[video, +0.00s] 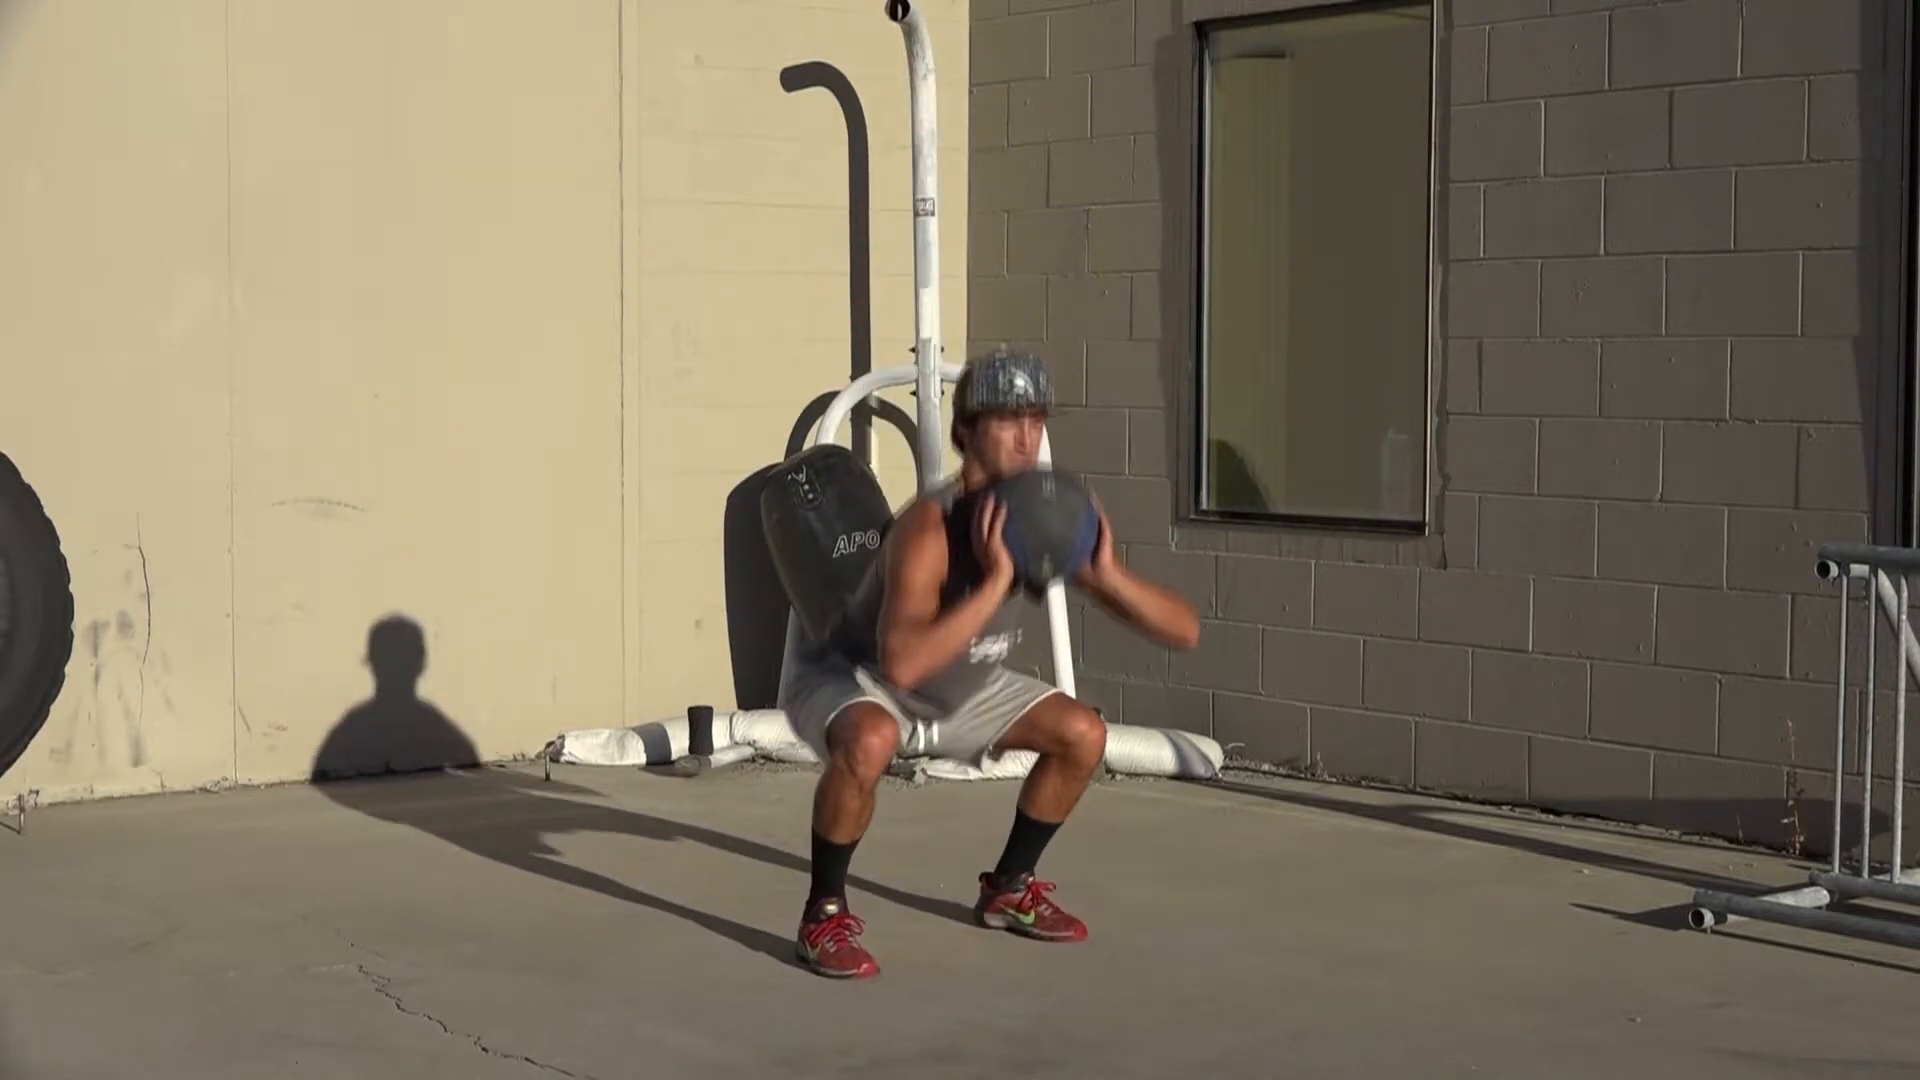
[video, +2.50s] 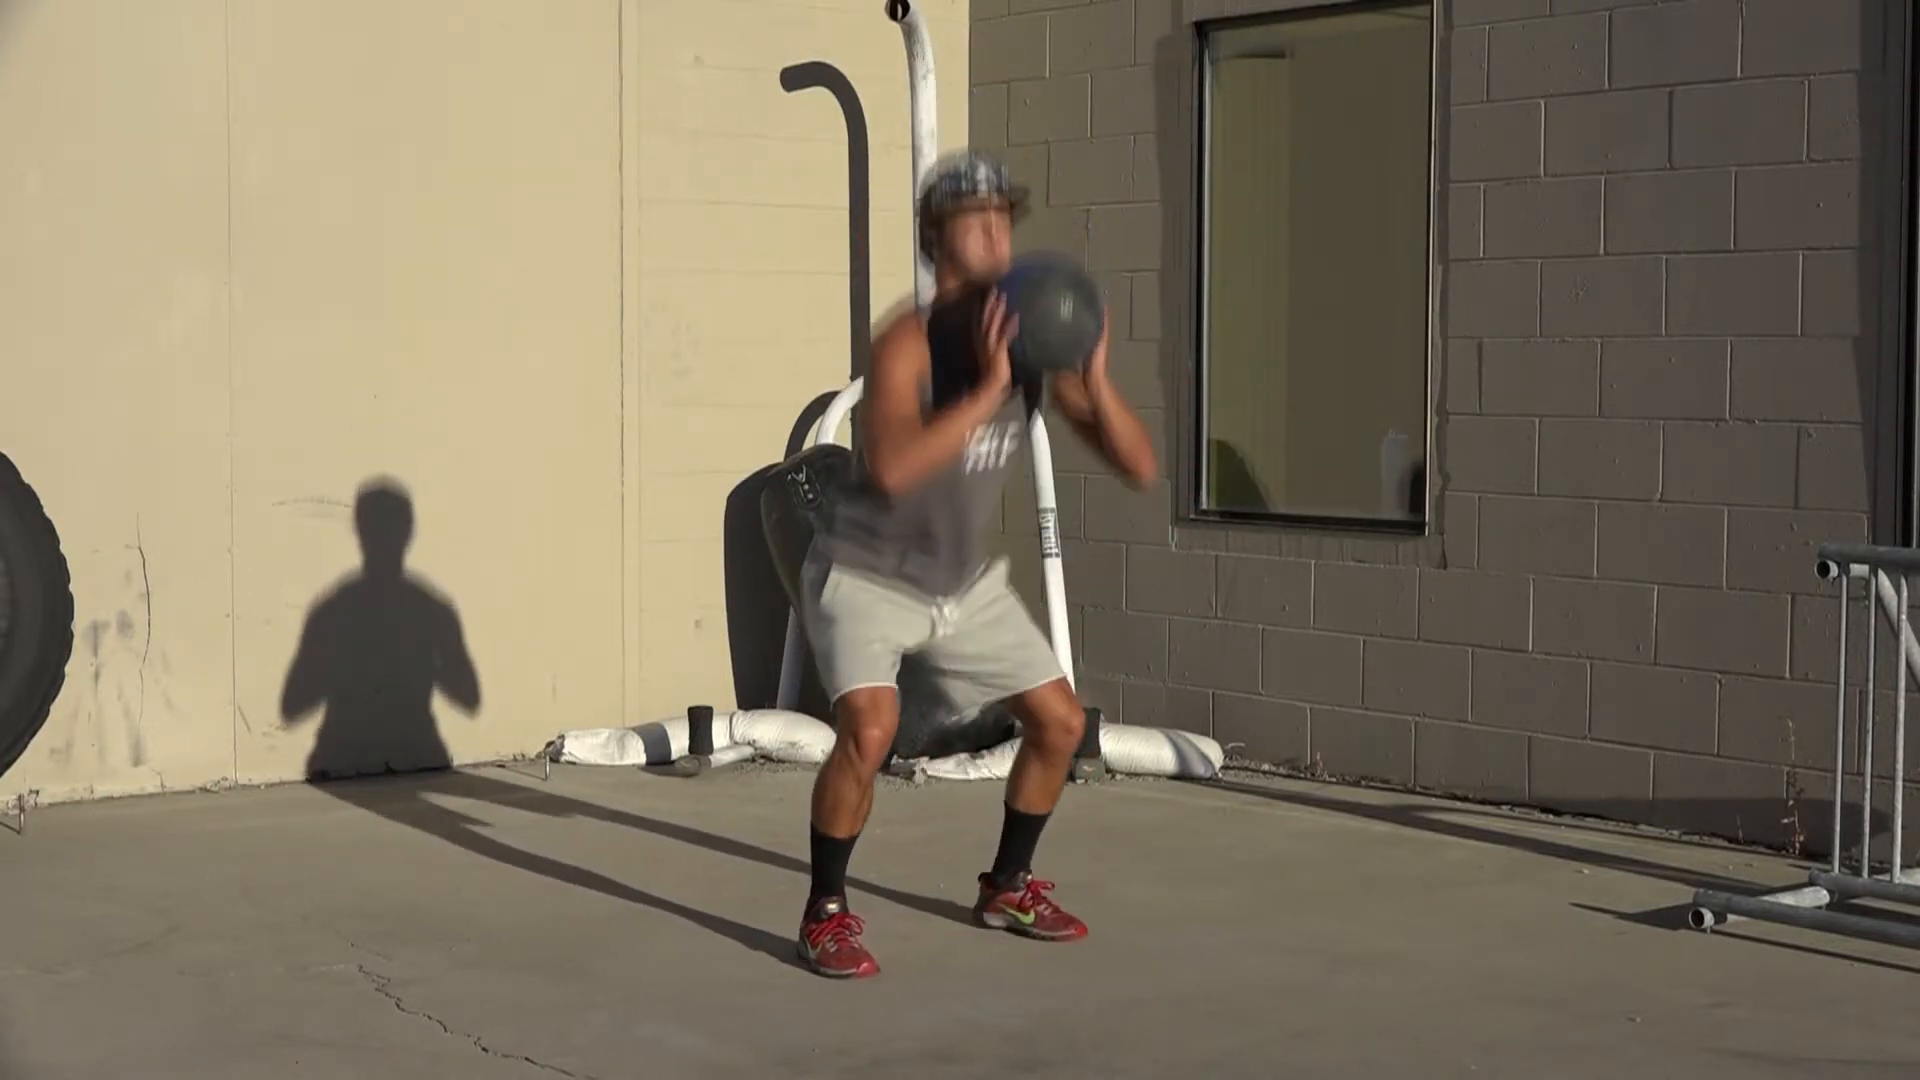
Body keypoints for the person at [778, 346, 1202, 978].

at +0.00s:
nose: (1025, 436)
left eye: (1035, 421)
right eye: (1007, 420)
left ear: (1045, 430)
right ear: (966, 433)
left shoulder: (1055, 515)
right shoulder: (927, 524)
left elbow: (1184, 629)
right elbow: (903, 665)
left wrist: (1106, 575)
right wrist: (997, 581)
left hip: (955, 677)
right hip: (851, 674)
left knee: (1081, 735)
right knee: (869, 739)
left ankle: (1009, 889)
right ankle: (825, 914)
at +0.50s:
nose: (1001, 150)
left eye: (1012, 137)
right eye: (983, 134)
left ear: (1024, 151)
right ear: (945, 143)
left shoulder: (1030, 258)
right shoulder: (906, 251)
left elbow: (1112, 393)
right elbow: (871, 393)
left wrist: (1066, 314)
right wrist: (973, 330)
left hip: (992, 522)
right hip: (894, 517)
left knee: (1004, 700)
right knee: (860, 710)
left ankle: (1006, 886)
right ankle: (822, 910)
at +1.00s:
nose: (1039, 257)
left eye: (1051, 242)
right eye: (1023, 239)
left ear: (1061, 250)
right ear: (981, 240)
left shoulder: (1057, 350)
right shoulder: (920, 342)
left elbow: (1059, 503)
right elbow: (915, 510)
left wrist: (1058, 638)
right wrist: (959, 634)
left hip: (953, 526)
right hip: (851, 525)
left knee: (1019, 682)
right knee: (853, 706)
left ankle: (1007, 882)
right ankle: (821, 910)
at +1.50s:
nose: (1079, 503)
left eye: (1088, 487)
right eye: (1062, 485)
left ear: (1096, 493)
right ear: (1015, 483)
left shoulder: (1076, 573)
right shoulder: (942, 563)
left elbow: (1050, 717)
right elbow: (933, 723)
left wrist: (1032, 856)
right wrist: (941, 860)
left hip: (928, 622)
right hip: (826, 603)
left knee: (1043, 714)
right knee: (873, 725)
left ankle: (1014, 880)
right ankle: (824, 910)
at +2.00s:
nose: (1032, 222)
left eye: (1043, 206)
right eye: (1013, 207)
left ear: (1057, 220)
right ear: (977, 223)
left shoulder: (1074, 334)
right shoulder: (934, 333)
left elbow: (1056, 472)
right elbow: (884, 472)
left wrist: (1047, 595)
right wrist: (947, 575)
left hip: (982, 541)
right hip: (876, 532)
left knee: (1040, 702)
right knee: (868, 715)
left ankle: (1009, 883)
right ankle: (823, 911)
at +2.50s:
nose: (991, 238)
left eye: (1000, 222)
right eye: (972, 224)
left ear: (1013, 231)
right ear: (936, 239)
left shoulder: (1027, 336)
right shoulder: (906, 339)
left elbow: (1139, 466)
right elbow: (890, 468)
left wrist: (1093, 376)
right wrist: (991, 388)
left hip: (970, 581)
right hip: (869, 575)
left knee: (1061, 722)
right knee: (868, 732)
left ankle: (1007, 887)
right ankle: (825, 912)